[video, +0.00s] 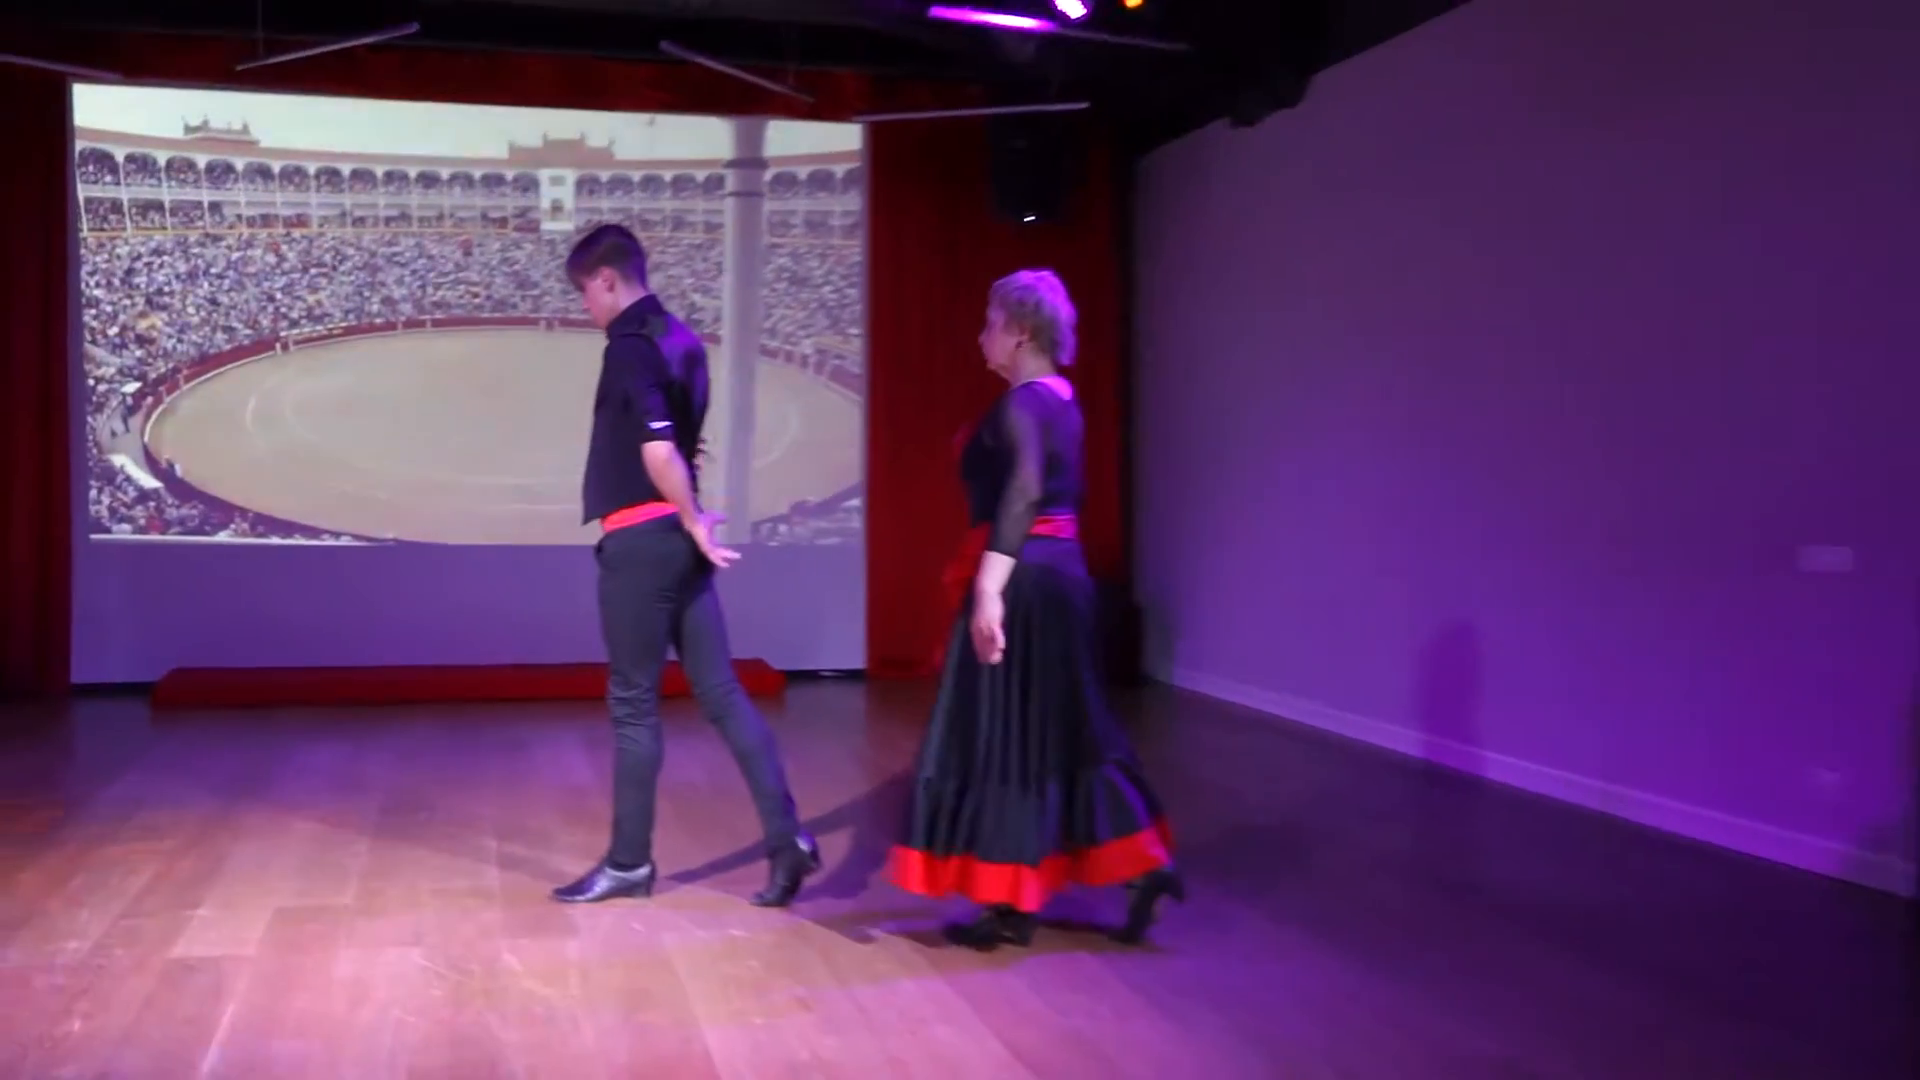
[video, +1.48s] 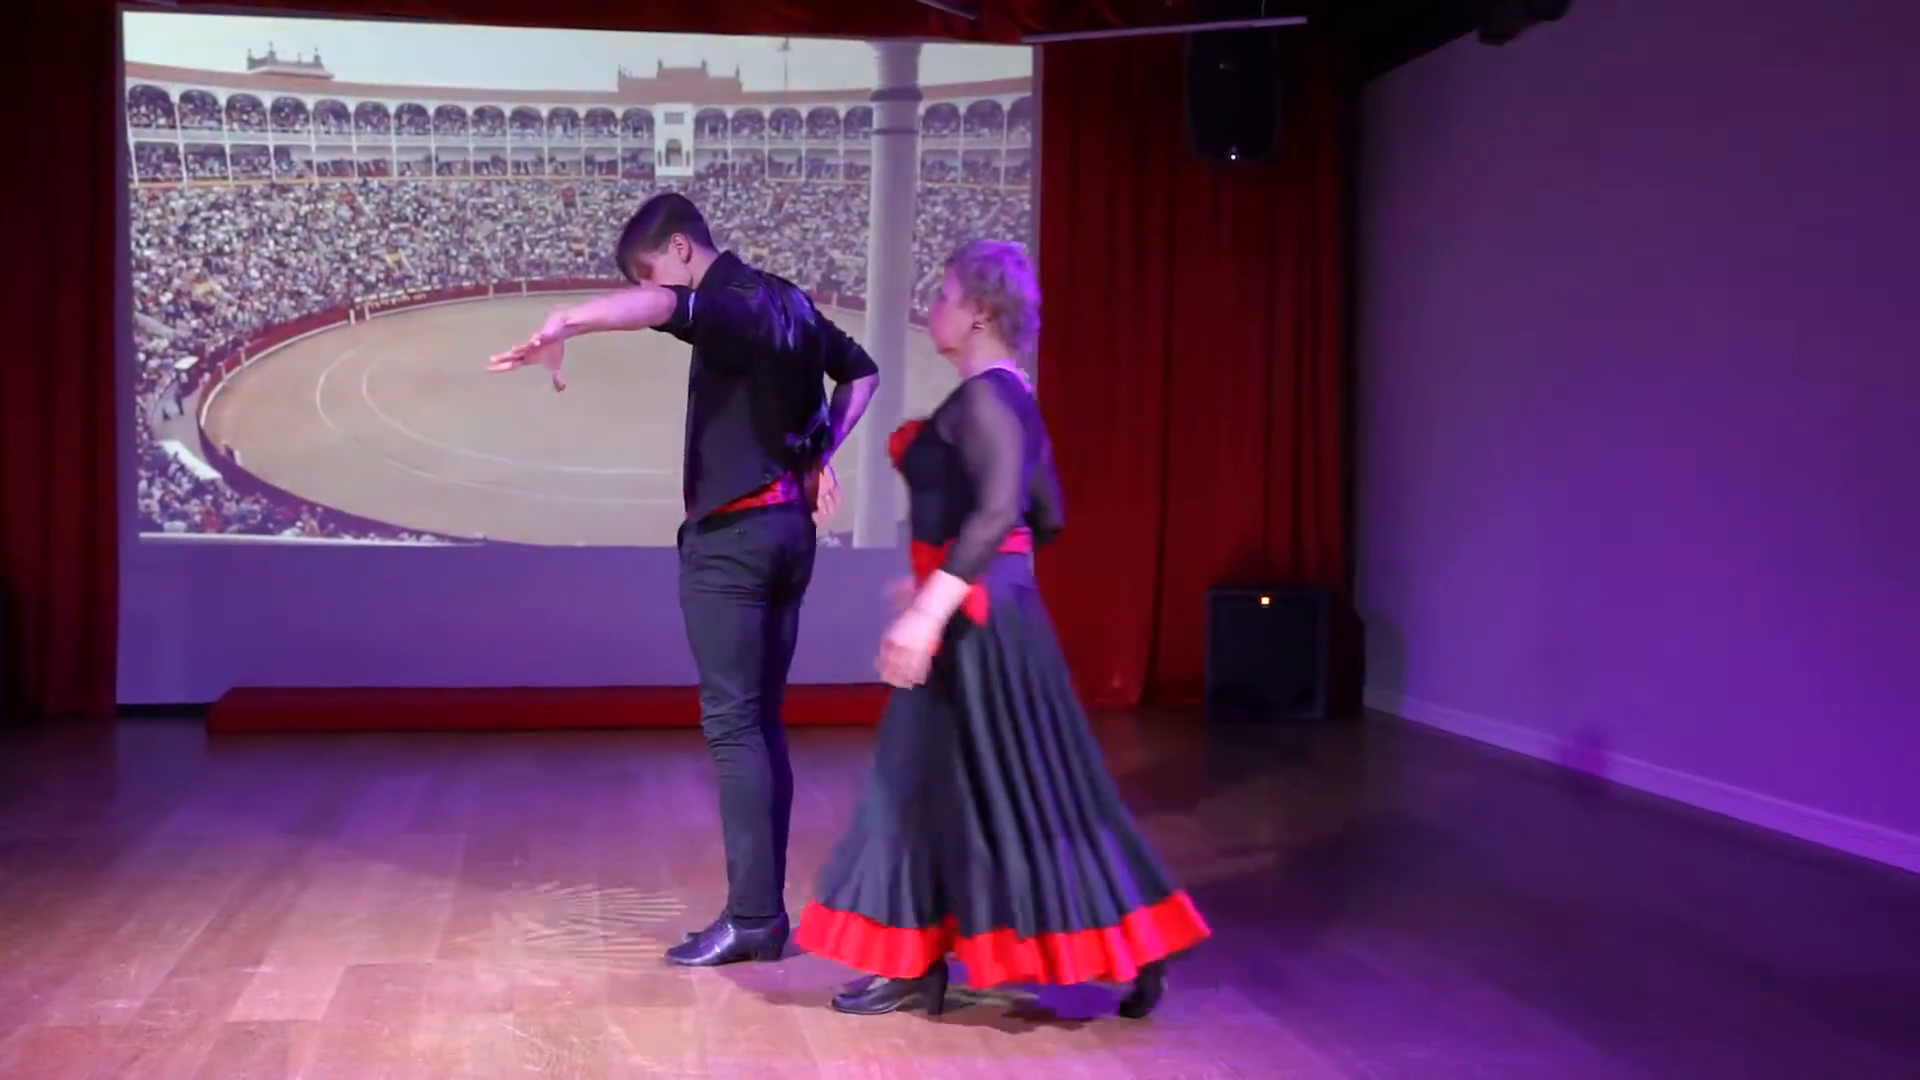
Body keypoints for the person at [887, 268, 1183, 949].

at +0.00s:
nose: (983, 337)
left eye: (991, 325)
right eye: (987, 323)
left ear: (1016, 333)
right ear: (1047, 335)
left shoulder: (1022, 403)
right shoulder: (1062, 401)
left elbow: (1026, 490)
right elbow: (1050, 494)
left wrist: (989, 587)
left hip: (1023, 574)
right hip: (1062, 571)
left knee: (1000, 730)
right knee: (1074, 725)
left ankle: (1006, 896)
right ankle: (1144, 859)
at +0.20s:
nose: (1064, 322)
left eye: (1074, 309)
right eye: (1068, 308)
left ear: (1104, 318)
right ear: (1131, 318)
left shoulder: (1096, 390)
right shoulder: (1151, 387)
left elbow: (1085, 495)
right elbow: (1126, 483)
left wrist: (1068, 598)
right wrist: (1061, 456)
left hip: (1112, 581)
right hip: (1157, 577)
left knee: (1093, 752)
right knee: (1172, 744)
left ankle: (1104, 934)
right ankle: (1252, 888)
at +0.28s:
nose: (1100, 318)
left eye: (1110, 305)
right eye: (1104, 304)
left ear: (1140, 311)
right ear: (1173, 311)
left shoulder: (1127, 378)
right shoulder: (1190, 378)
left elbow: (1112, 491)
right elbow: (1178, 494)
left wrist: (1090, 600)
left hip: (1149, 587)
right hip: (1198, 582)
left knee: (1135, 760)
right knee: (1212, 752)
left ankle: (1144, 949)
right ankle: (1296, 900)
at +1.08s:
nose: (1059, 313)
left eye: (1070, 300)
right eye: (1063, 298)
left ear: (1104, 309)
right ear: (1133, 311)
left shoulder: (1100, 379)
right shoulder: (1152, 379)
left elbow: (1121, 490)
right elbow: (1159, 497)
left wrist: (1079, 604)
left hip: (1128, 595)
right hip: (1172, 590)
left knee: (1118, 776)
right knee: (1177, 773)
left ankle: (1145, 967)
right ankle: (1200, 965)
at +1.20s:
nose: (1030, 318)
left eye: (1039, 304)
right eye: (1034, 303)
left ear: (1068, 311)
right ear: (1104, 315)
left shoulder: (1070, 382)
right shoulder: (1118, 385)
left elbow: (1100, 489)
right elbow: (1148, 493)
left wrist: (1073, 606)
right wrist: (1043, 468)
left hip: (1089, 602)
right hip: (1132, 598)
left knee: (1007, 766)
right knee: (1146, 776)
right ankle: (1189, 963)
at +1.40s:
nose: (960, 319)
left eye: (972, 304)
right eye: (965, 303)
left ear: (1008, 316)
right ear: (1029, 319)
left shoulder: (1017, 400)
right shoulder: (1044, 398)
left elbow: (1031, 516)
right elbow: (1079, 519)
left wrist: (985, 624)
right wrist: (985, 574)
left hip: (1003, 613)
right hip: (1043, 611)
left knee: (937, 778)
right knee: (1079, 782)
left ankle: (916, 959)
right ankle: (1150, 952)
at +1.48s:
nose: (928, 309)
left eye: (942, 296)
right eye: (936, 294)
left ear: (978, 311)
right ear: (991, 314)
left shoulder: (984, 396)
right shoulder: (1008, 395)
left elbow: (996, 512)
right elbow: (1046, 514)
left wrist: (927, 611)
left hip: (968, 609)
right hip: (990, 605)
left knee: (917, 779)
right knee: (1039, 779)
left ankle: (916, 961)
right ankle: (1129, 938)